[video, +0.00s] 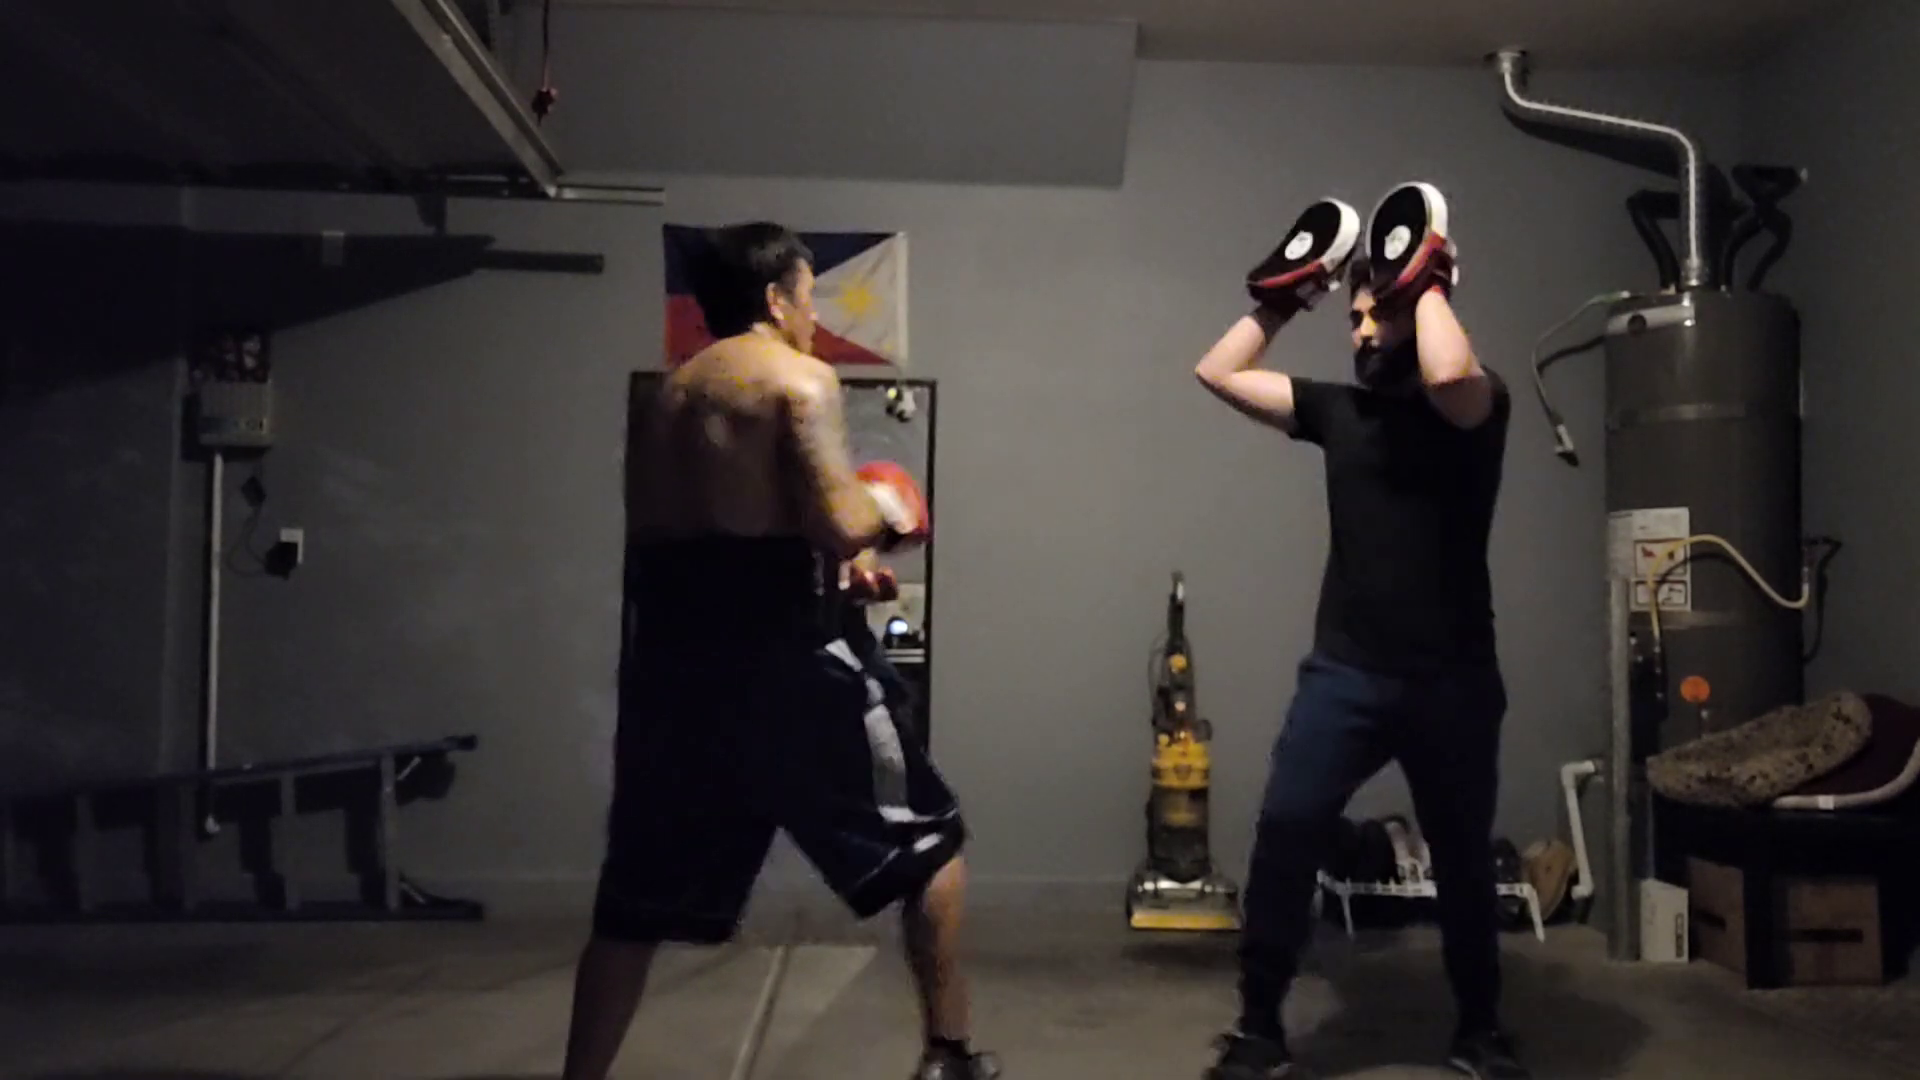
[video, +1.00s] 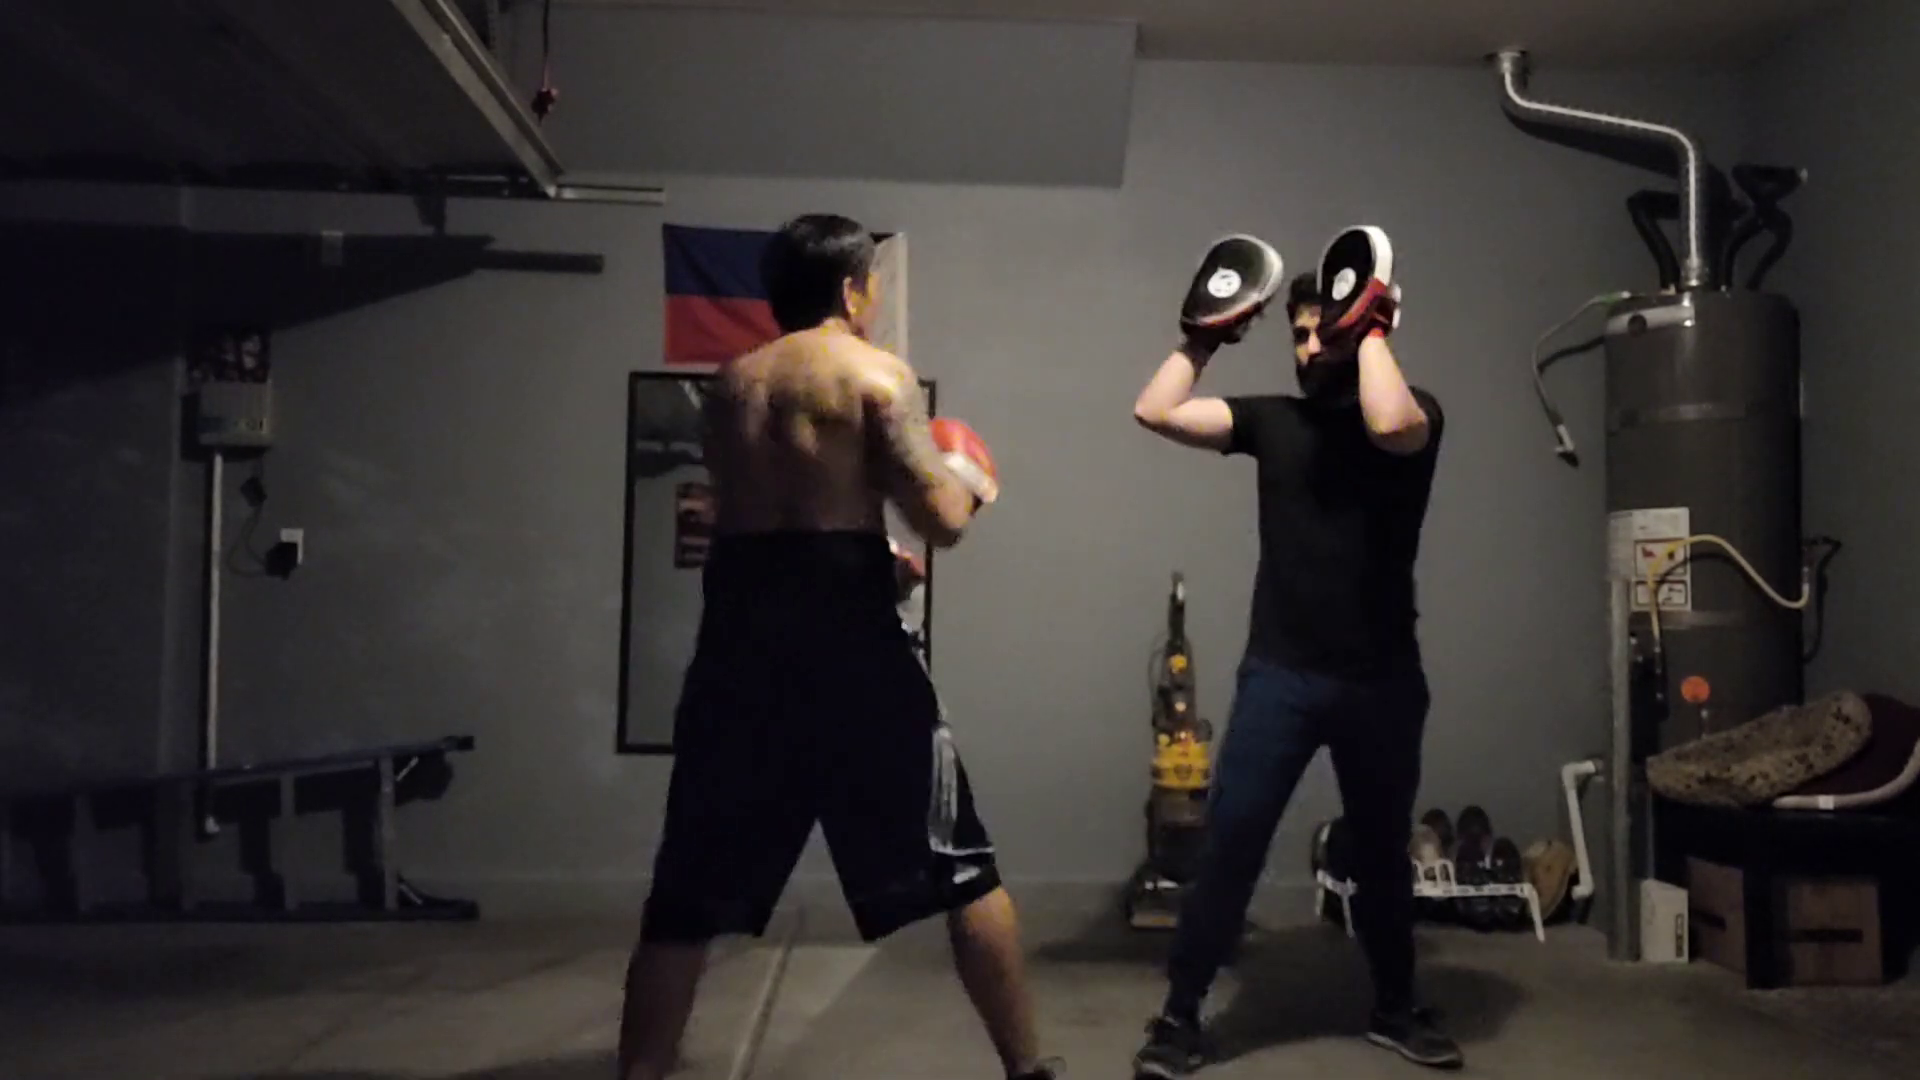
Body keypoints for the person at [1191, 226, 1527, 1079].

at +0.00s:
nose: (1364, 328)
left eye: (1381, 311)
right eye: (1354, 315)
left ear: (1420, 316)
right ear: (1346, 325)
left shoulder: (1473, 402)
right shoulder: (1337, 407)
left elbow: (1450, 374)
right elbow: (1219, 372)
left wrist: (1426, 282)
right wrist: (1279, 297)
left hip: (1451, 676)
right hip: (1345, 671)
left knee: (1463, 862)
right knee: (1284, 829)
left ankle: (1478, 1032)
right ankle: (1259, 1028)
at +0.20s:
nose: (1352, 327)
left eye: (1367, 313)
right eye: (1342, 314)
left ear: (1405, 322)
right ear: (1329, 325)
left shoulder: (1446, 406)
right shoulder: (1302, 410)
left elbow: (1441, 403)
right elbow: (1182, 410)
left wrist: (1418, 306)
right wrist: (1197, 324)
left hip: (1426, 677)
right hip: (1320, 674)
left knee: (1457, 864)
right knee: (1253, 838)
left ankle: (1479, 1032)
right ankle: (1193, 1023)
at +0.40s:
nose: (1296, 316)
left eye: (1315, 302)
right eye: (1286, 297)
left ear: (1346, 316)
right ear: (1262, 312)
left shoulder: (1382, 396)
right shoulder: (1241, 405)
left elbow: (1329, 429)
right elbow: (1125, 393)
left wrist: (1305, 334)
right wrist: (1134, 299)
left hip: (1375, 673)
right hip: (1270, 673)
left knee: (1421, 854)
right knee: (1227, 853)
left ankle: (1469, 1025)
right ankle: (1188, 1032)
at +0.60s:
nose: (1262, 321)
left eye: (1278, 307)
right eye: (1257, 309)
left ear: (1328, 323)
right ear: (1259, 329)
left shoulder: (1364, 397)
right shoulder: (1241, 415)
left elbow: (1294, 370)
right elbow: (1126, 419)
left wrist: (1241, 271)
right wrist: (1159, 324)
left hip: (1349, 671)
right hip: (1250, 672)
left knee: (1380, 846)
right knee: (1210, 844)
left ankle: (1409, 1001)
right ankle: (1185, 1027)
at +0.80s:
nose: (1297, 341)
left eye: (1311, 327)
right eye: (1289, 330)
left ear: (1347, 333)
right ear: (1280, 339)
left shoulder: (1401, 416)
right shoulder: (1262, 420)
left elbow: (1365, 408)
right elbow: (1148, 419)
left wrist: (1351, 313)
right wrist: (1185, 334)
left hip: (1373, 678)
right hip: (1275, 676)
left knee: (1380, 858)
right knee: (1230, 856)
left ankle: (1397, 1013)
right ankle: (1188, 1030)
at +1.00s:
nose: (1317, 345)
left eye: (1333, 330)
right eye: (1304, 332)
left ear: (1365, 335)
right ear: (1290, 340)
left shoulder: (1407, 412)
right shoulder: (1271, 416)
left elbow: (1391, 424)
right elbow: (1156, 411)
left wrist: (1371, 332)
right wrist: (1204, 335)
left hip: (1380, 676)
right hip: (1281, 670)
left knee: (1383, 855)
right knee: (1230, 842)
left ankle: (1396, 1011)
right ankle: (1180, 1016)